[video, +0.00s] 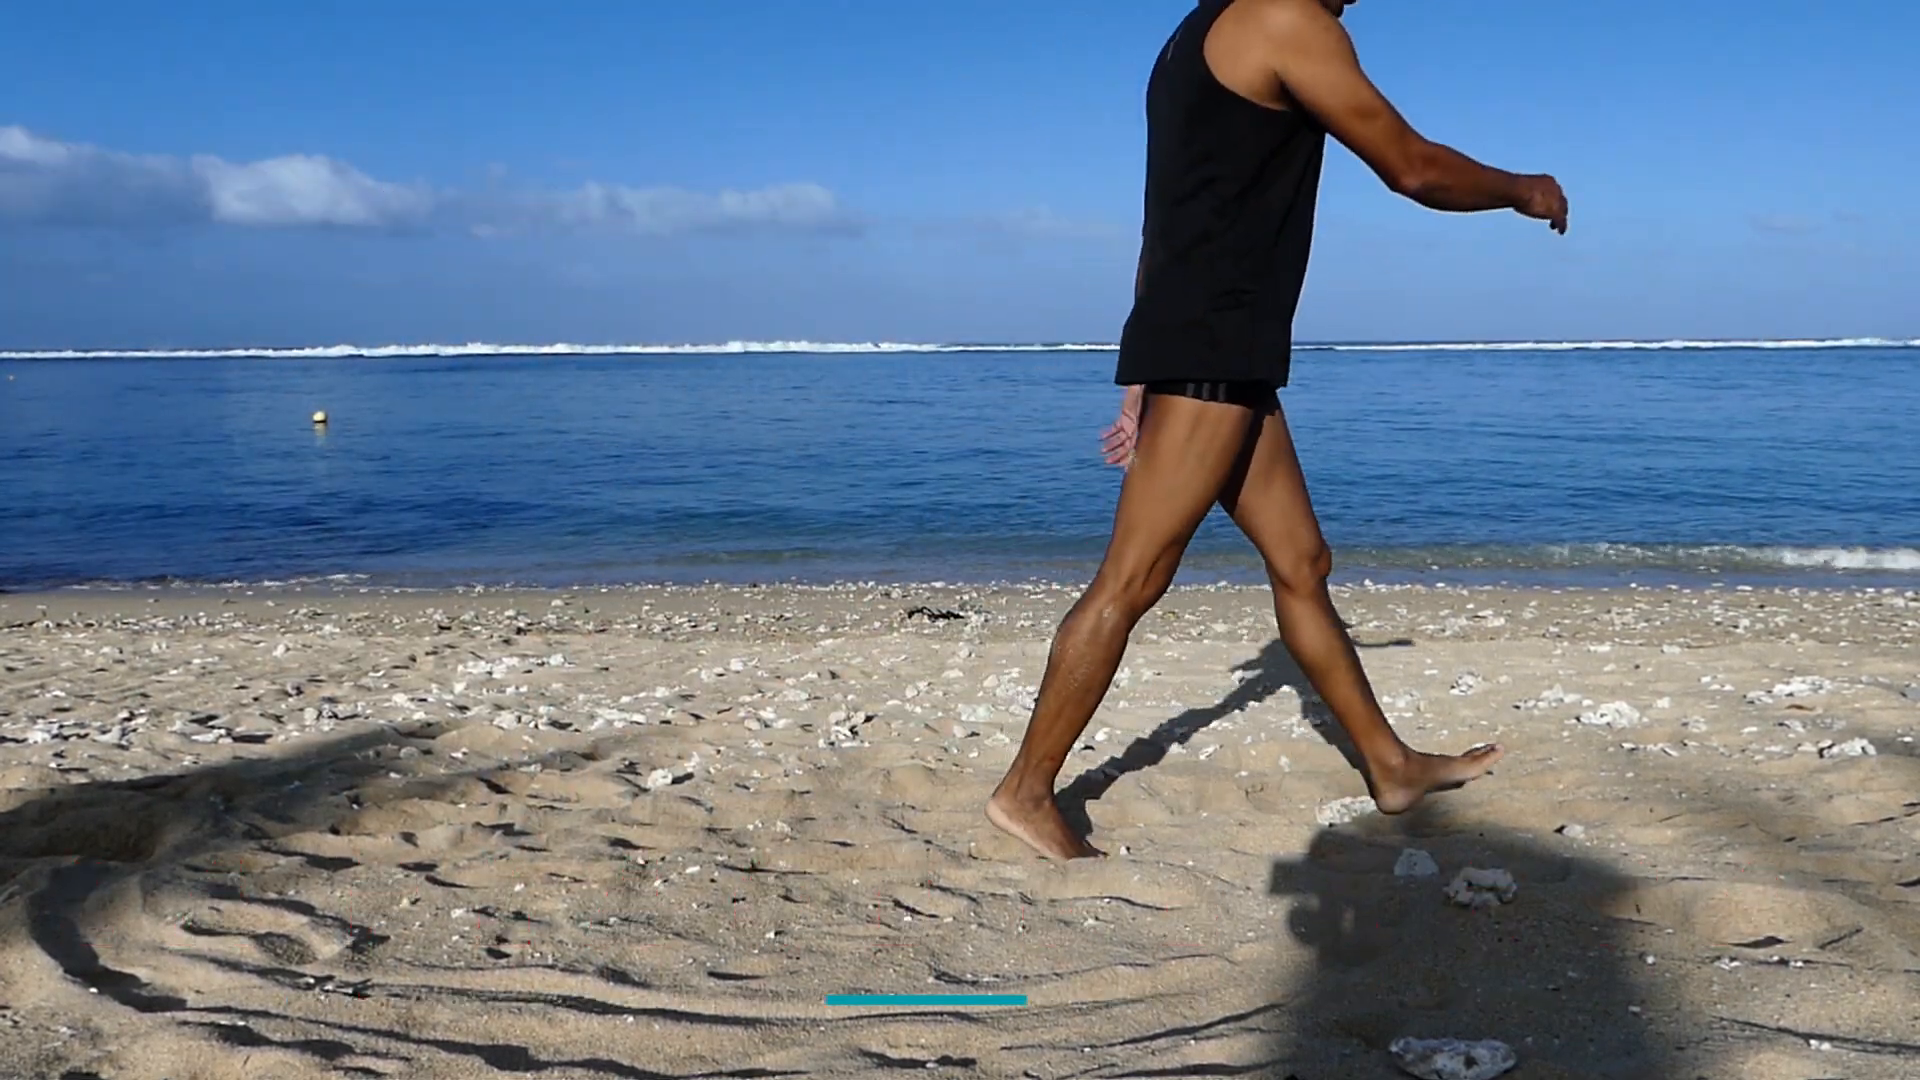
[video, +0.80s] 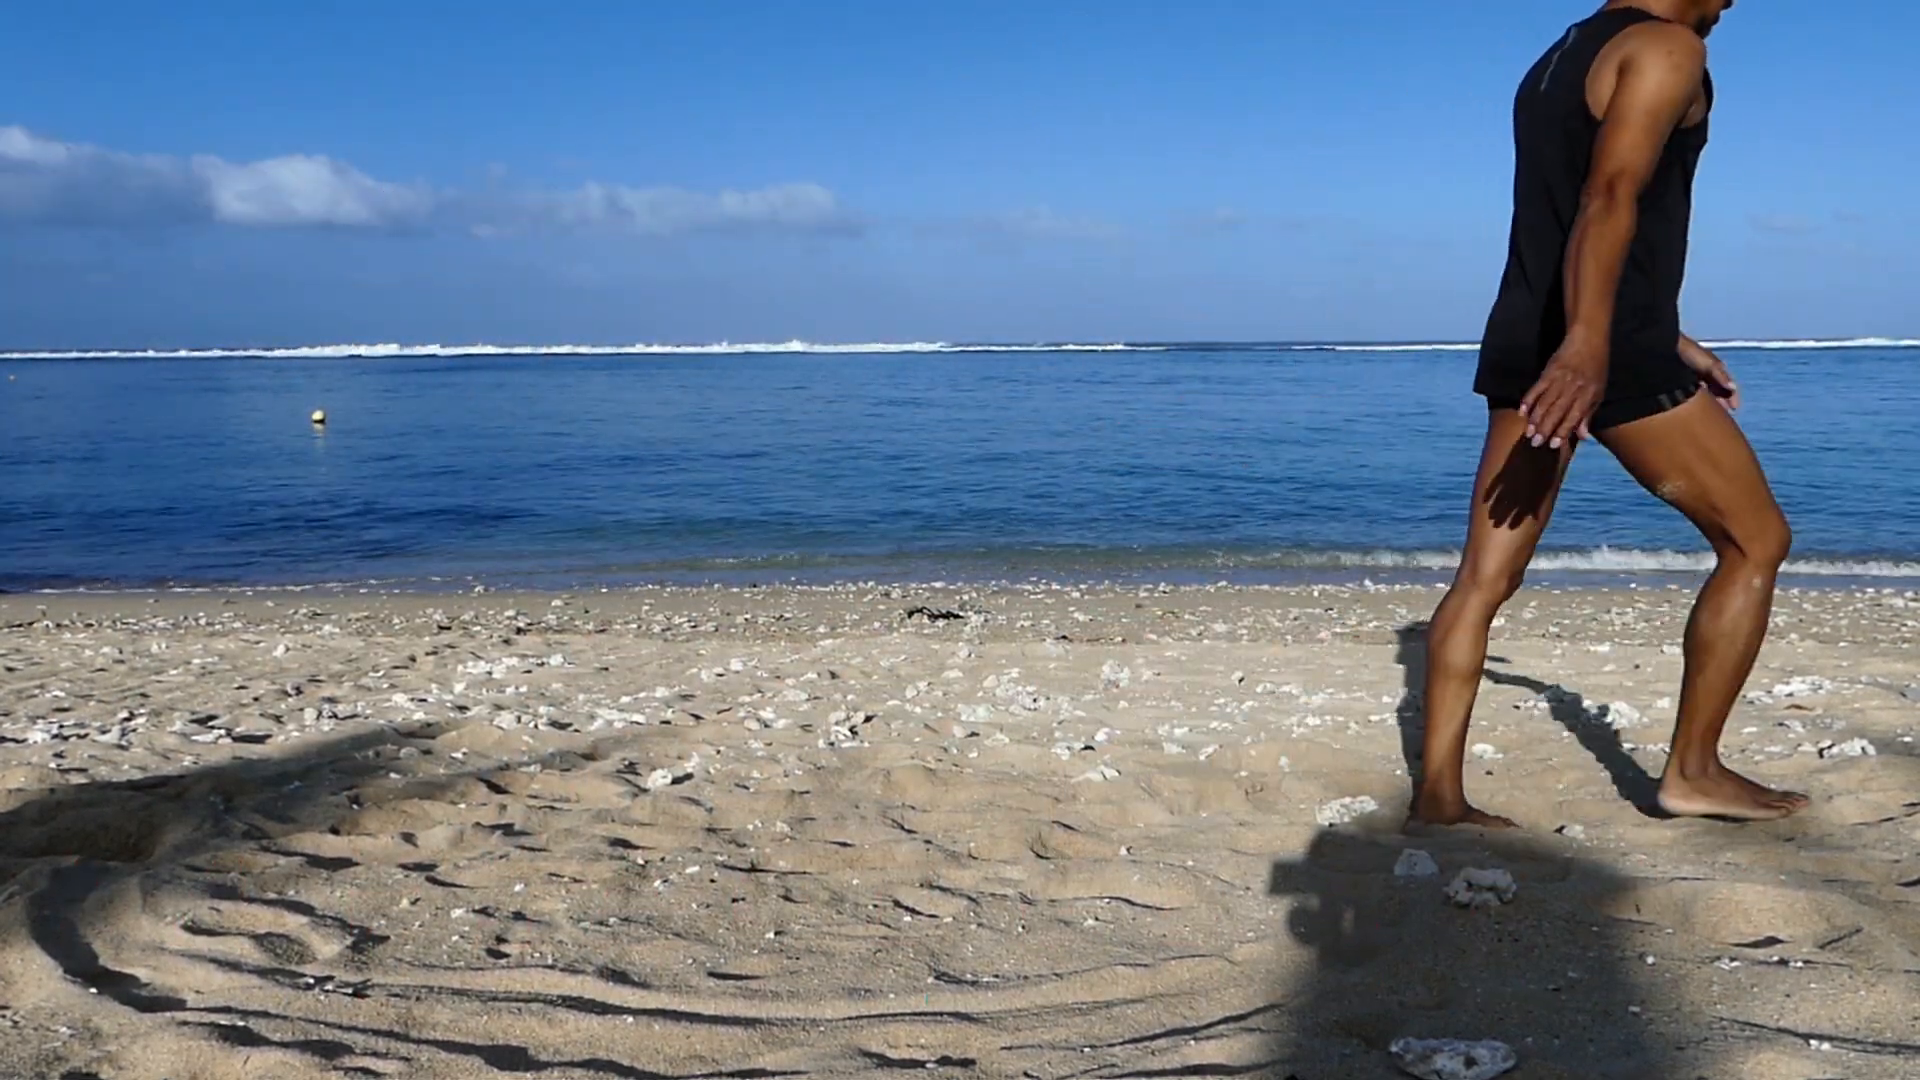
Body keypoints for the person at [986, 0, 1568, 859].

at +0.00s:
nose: (1354, 2)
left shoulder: (1199, 38)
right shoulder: (1292, 25)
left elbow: (1170, 221)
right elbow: (1414, 167)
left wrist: (1145, 369)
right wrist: (1522, 188)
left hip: (1207, 352)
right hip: (1215, 352)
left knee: (1300, 568)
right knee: (1126, 584)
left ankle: (1391, 767)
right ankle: (1025, 789)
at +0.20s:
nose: (1442, 9)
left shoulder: (1276, 72)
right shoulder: (1375, 57)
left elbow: (1208, 253)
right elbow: (1481, 208)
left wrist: (1163, 381)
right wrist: (1574, 227)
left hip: (1305, 376)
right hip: (1314, 378)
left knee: (1382, 588)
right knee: (1194, 596)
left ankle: (1426, 809)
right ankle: (1045, 777)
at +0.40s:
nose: (1518, 14)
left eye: (1519, 5)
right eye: (1517, 2)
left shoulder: (1348, 89)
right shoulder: (1465, 72)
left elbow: (1289, 261)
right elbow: (1522, 253)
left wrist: (1233, 387)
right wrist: (1611, 335)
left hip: (1360, 373)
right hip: (1402, 381)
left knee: (1449, 582)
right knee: (1334, 617)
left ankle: (1428, 805)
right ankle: (1137, 759)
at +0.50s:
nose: (1555, 21)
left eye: (1559, 10)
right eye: (1557, 8)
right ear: (1532, 0)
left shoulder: (1386, 86)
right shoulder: (1505, 74)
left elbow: (1345, 257)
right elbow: (1541, 263)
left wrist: (1308, 388)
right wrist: (1612, 399)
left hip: (1393, 372)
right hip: (1446, 377)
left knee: (1466, 585)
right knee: (1435, 622)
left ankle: (1428, 804)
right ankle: (1221, 734)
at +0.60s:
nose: (1582, 17)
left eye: (1585, 7)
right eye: (1584, 5)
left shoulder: (1412, 79)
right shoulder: (1529, 71)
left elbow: (1380, 255)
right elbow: (1546, 263)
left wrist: (1362, 388)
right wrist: (1604, 419)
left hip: (1409, 366)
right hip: (1476, 374)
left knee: (1459, 596)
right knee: (1508, 609)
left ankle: (1430, 804)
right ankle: (1289, 719)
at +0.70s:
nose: (1625, 7)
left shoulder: (1459, 65)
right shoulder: (1568, 60)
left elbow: (1453, 245)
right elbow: (1562, 251)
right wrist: (1590, 418)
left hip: (1445, 354)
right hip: (1512, 362)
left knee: (1466, 584)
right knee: (1602, 580)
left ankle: (1429, 804)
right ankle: (1391, 713)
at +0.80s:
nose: (1726, 5)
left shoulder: (1570, 51)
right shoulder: (1669, 49)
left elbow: (1571, 223)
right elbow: (1610, 198)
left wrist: (1669, 340)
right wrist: (1586, 347)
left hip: (1529, 343)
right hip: (1620, 350)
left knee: (1480, 581)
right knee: (1756, 542)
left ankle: (1436, 796)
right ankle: (1694, 768)